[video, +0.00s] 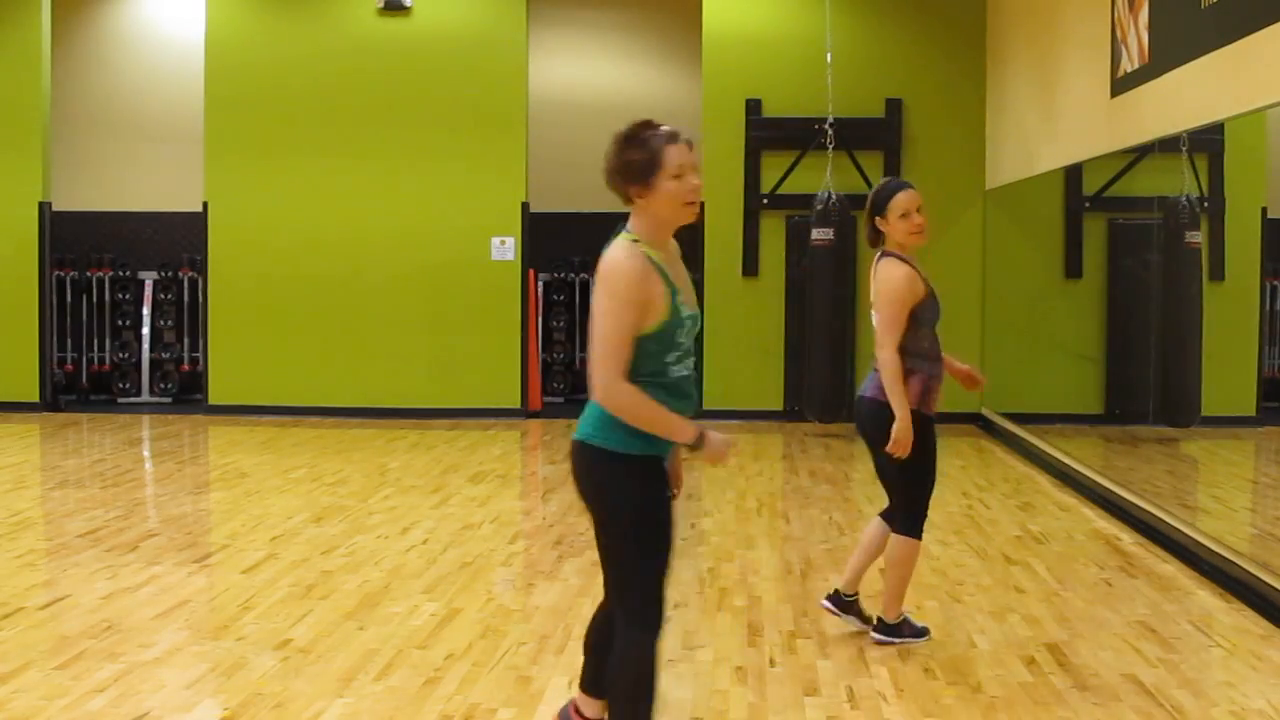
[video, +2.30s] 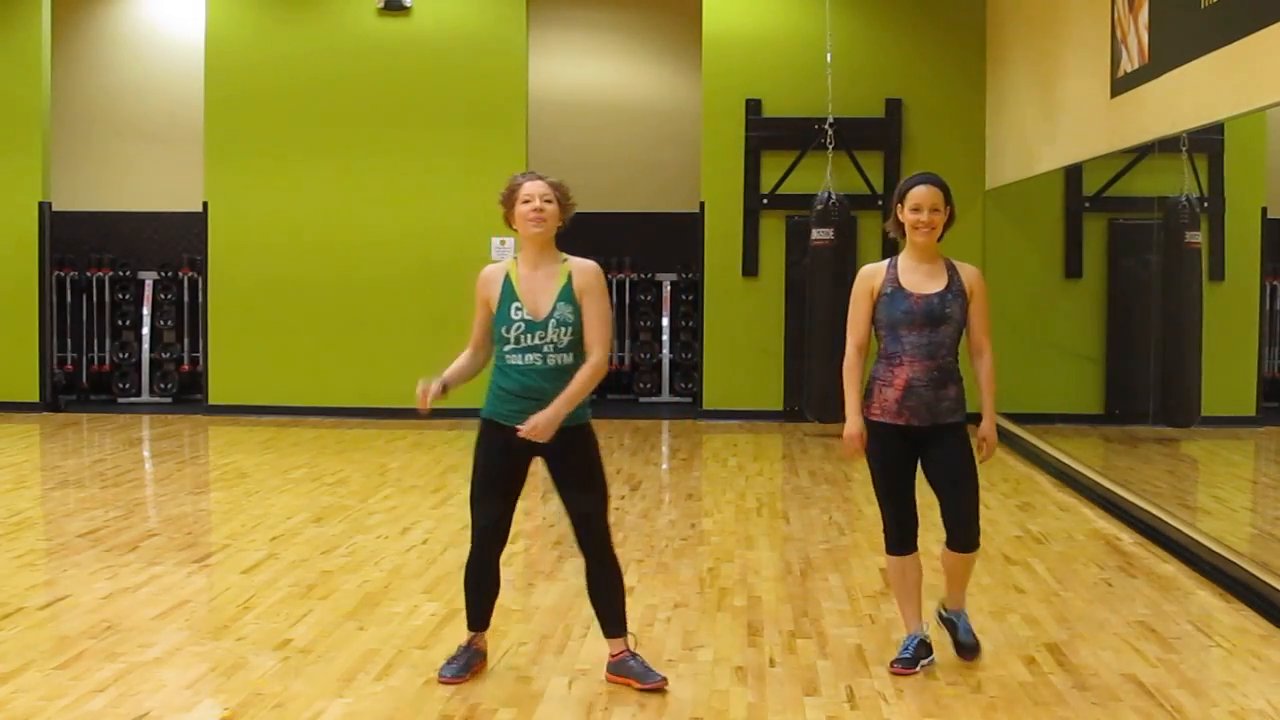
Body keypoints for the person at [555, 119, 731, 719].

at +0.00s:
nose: (697, 185)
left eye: (697, 172)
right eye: (682, 175)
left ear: (691, 176)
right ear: (641, 187)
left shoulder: (667, 250)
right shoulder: (624, 263)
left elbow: (663, 364)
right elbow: (606, 385)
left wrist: (671, 449)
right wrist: (692, 433)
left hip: (646, 453)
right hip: (616, 456)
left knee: (630, 594)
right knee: (640, 613)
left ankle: (589, 703)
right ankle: (628, 712)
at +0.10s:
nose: (659, 185)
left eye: (665, 173)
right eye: (643, 175)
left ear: (674, 181)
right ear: (610, 188)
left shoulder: (673, 255)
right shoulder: (592, 264)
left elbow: (678, 352)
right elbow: (560, 374)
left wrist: (681, 432)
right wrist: (639, 434)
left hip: (639, 452)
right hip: (584, 452)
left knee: (621, 598)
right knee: (608, 604)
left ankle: (580, 707)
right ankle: (579, 712)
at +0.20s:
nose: (633, 186)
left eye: (641, 175)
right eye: (617, 176)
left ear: (652, 186)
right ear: (589, 189)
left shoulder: (661, 261)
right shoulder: (564, 263)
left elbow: (681, 352)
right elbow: (529, 364)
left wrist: (697, 435)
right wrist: (576, 425)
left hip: (627, 451)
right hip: (559, 450)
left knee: (616, 589)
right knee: (580, 590)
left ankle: (579, 711)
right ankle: (529, 708)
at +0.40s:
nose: (586, 199)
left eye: (594, 189)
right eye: (572, 189)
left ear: (606, 199)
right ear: (547, 201)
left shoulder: (621, 274)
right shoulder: (519, 270)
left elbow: (660, 365)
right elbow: (476, 362)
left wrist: (704, 442)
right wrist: (481, 439)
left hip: (587, 453)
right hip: (517, 454)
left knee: (590, 590)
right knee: (520, 579)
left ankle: (582, 711)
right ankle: (492, 675)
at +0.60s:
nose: (557, 211)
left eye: (563, 201)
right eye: (545, 200)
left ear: (568, 208)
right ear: (513, 207)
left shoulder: (582, 275)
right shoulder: (479, 278)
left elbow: (606, 365)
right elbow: (444, 371)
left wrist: (630, 445)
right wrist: (420, 455)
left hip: (557, 447)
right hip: (487, 447)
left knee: (570, 572)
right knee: (497, 574)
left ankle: (566, 692)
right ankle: (491, 685)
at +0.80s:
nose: (558, 214)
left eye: (557, 204)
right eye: (548, 206)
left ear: (535, 211)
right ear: (511, 214)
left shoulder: (567, 271)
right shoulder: (465, 274)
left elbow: (587, 357)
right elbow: (434, 357)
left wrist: (537, 421)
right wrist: (407, 437)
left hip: (544, 437)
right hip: (477, 438)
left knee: (539, 566)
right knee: (488, 564)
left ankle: (530, 635)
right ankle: (490, 683)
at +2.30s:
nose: (537, 207)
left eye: (546, 200)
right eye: (526, 201)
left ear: (561, 214)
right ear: (510, 216)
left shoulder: (584, 274)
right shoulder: (493, 277)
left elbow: (599, 358)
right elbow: (478, 349)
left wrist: (553, 413)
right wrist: (442, 381)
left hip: (567, 425)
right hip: (503, 425)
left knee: (595, 538)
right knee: (485, 541)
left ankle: (619, 652)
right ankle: (475, 643)